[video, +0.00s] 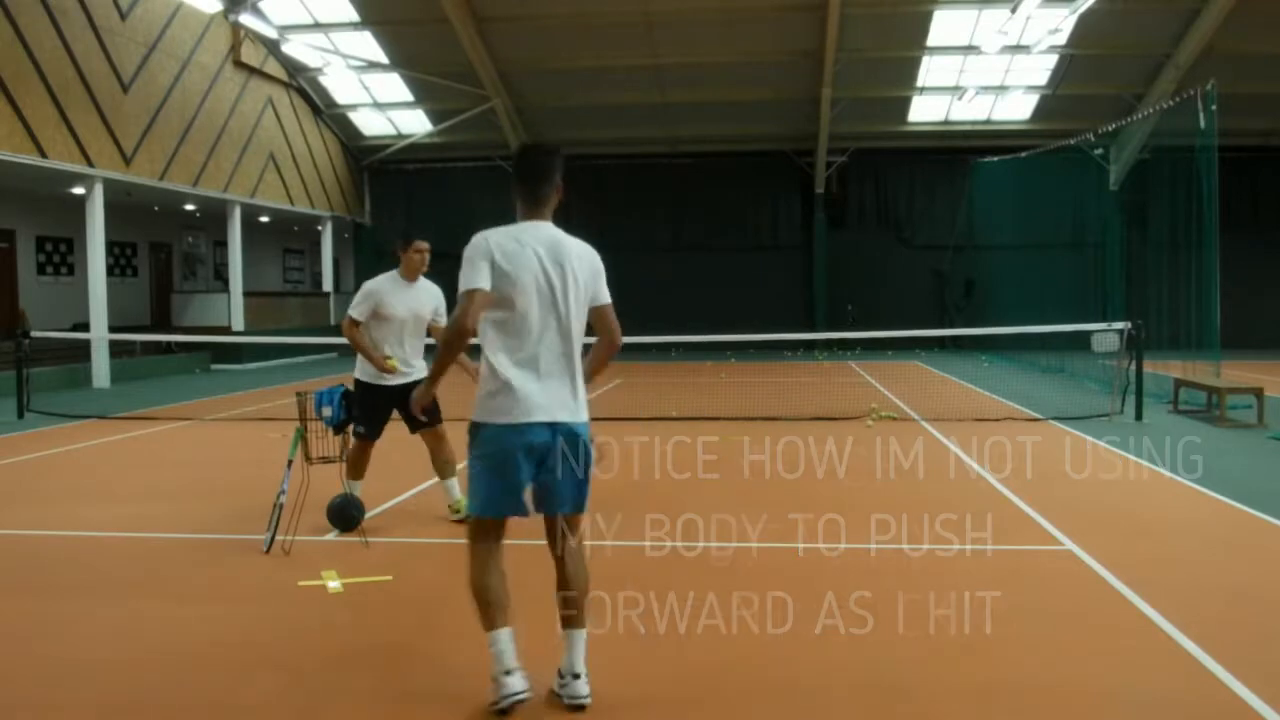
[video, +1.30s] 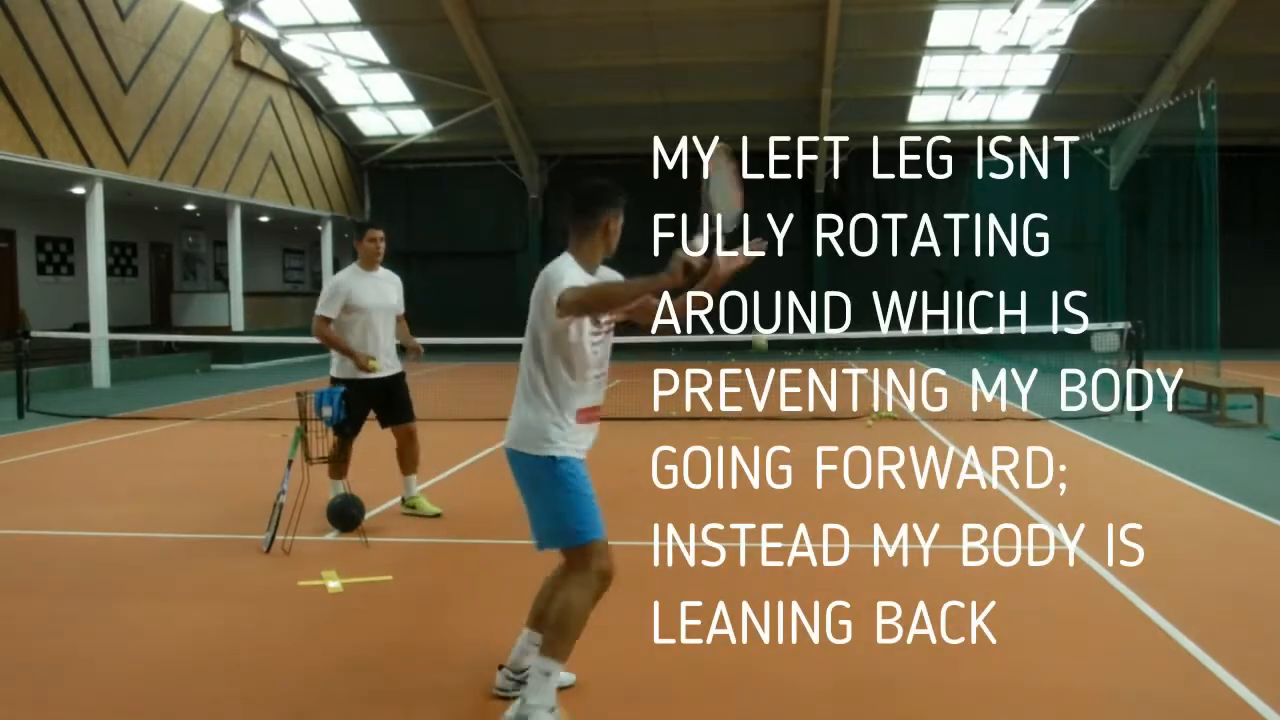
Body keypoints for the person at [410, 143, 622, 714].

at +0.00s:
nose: (553, 194)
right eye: (558, 185)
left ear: (514, 190)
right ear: (558, 192)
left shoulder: (487, 244)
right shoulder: (584, 255)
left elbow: (466, 322)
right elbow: (610, 337)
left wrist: (429, 385)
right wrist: (573, 386)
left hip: (504, 422)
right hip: (568, 421)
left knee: (485, 541)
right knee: (567, 536)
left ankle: (508, 673)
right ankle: (575, 673)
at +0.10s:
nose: (540, 211)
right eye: (542, 202)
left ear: (495, 209)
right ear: (542, 209)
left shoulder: (466, 265)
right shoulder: (567, 273)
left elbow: (438, 345)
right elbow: (611, 355)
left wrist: (406, 400)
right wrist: (586, 404)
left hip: (477, 434)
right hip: (547, 434)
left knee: (444, 554)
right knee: (562, 545)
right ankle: (574, 677)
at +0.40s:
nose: (510, 204)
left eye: (506, 196)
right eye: (511, 196)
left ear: (459, 198)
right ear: (503, 198)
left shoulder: (423, 256)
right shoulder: (514, 263)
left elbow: (400, 341)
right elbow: (527, 359)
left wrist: (444, 369)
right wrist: (531, 404)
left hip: (426, 433)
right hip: (492, 433)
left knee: (421, 568)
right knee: (543, 557)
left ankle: (395, 704)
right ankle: (573, 682)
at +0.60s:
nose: (521, 205)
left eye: (518, 197)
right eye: (521, 197)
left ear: (470, 200)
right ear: (515, 201)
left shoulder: (443, 261)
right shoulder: (514, 266)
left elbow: (438, 346)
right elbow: (525, 366)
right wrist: (539, 411)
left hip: (428, 441)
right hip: (485, 446)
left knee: (435, 569)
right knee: (551, 571)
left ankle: (396, 703)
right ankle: (537, 709)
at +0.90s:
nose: (569, 205)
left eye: (566, 197)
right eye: (569, 196)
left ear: (518, 199)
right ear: (563, 199)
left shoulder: (497, 260)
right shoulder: (548, 267)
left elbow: (528, 354)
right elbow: (571, 371)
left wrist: (597, 351)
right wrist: (607, 401)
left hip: (470, 438)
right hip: (511, 443)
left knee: (509, 554)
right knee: (551, 586)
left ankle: (441, 660)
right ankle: (519, 711)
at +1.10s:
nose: (593, 212)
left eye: (591, 203)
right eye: (592, 203)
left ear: (544, 205)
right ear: (583, 206)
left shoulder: (541, 263)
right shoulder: (555, 269)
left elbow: (595, 336)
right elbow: (608, 351)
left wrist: (657, 321)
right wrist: (674, 357)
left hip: (519, 442)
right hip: (519, 446)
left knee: (564, 544)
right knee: (539, 585)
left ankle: (518, 668)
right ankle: (515, 709)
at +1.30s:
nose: (619, 229)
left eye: (618, 221)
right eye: (618, 220)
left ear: (577, 222)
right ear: (608, 223)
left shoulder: (594, 279)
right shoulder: (558, 275)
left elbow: (651, 310)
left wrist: (712, 280)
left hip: (559, 442)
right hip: (546, 444)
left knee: (580, 561)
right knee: (595, 568)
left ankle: (520, 666)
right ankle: (535, 703)